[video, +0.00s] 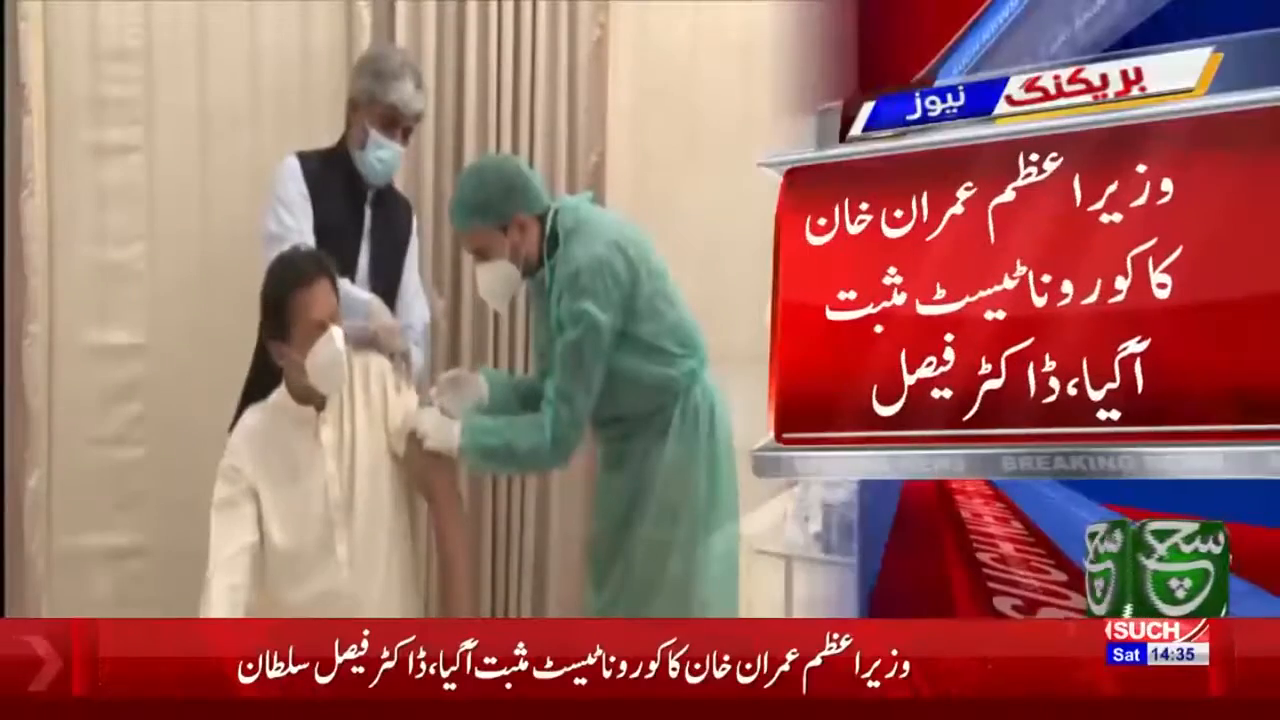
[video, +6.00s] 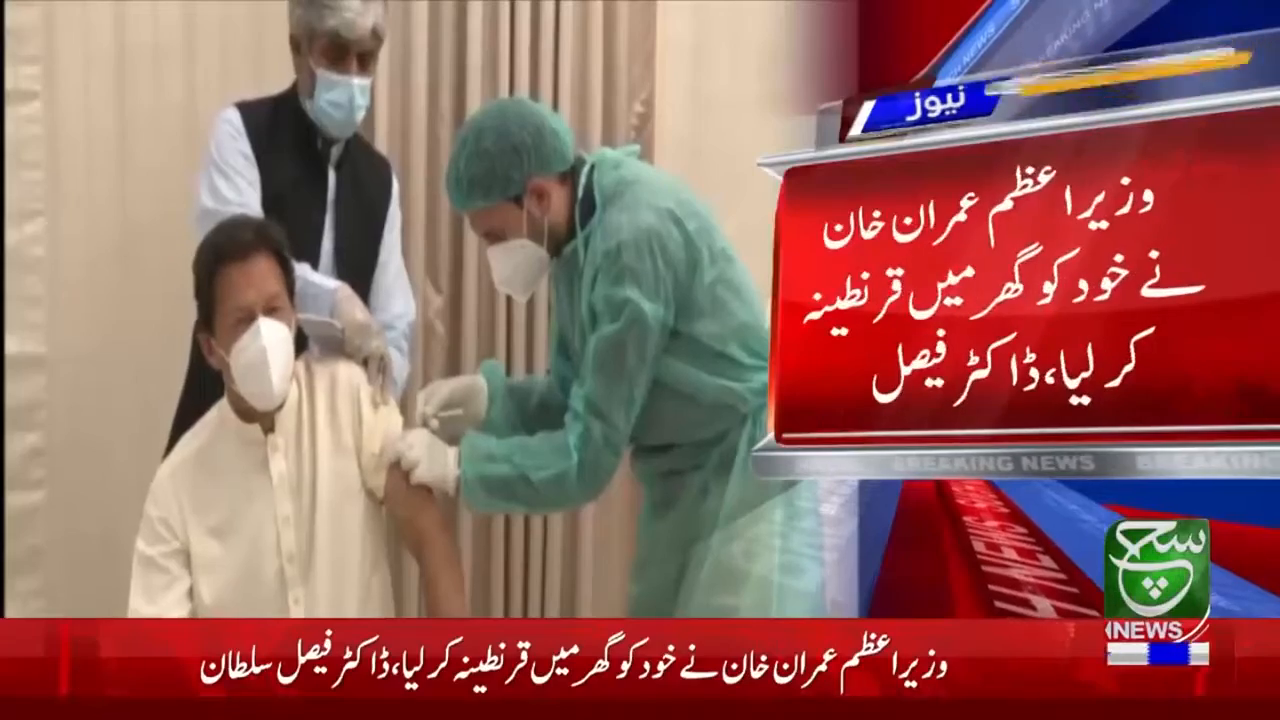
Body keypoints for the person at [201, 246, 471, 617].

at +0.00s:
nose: (337, 342)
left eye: (337, 324)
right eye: (318, 333)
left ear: (346, 322)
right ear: (280, 350)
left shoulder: (375, 379)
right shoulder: (252, 437)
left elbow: (442, 489)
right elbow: (228, 574)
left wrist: (460, 614)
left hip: (389, 615)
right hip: (294, 626)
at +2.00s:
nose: (337, 337)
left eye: (338, 321)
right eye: (320, 330)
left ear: (348, 320)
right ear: (282, 352)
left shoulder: (375, 381)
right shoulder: (254, 435)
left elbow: (444, 496)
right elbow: (230, 570)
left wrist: (460, 614)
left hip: (390, 619)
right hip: (293, 632)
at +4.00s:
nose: (332, 337)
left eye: (335, 321)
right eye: (315, 329)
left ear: (344, 319)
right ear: (280, 346)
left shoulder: (375, 380)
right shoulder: (253, 435)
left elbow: (442, 496)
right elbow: (227, 570)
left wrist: (458, 615)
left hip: (388, 617)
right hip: (293, 630)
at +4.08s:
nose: (337, 336)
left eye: (338, 318)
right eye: (319, 326)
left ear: (347, 316)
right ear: (281, 346)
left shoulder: (375, 381)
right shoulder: (253, 434)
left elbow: (442, 496)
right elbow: (227, 570)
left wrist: (458, 615)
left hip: (389, 618)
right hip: (293, 633)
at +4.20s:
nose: (260, 323)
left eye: (270, 303)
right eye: (238, 312)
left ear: (289, 310)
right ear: (208, 343)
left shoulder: (341, 386)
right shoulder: (178, 472)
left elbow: (431, 526)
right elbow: (153, 624)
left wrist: (457, 642)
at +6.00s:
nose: (265, 333)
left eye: (274, 311)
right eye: (244, 321)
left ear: (294, 314)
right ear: (212, 349)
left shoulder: (345, 392)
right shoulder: (179, 482)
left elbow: (430, 535)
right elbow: (159, 638)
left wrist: (454, 646)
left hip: (364, 673)